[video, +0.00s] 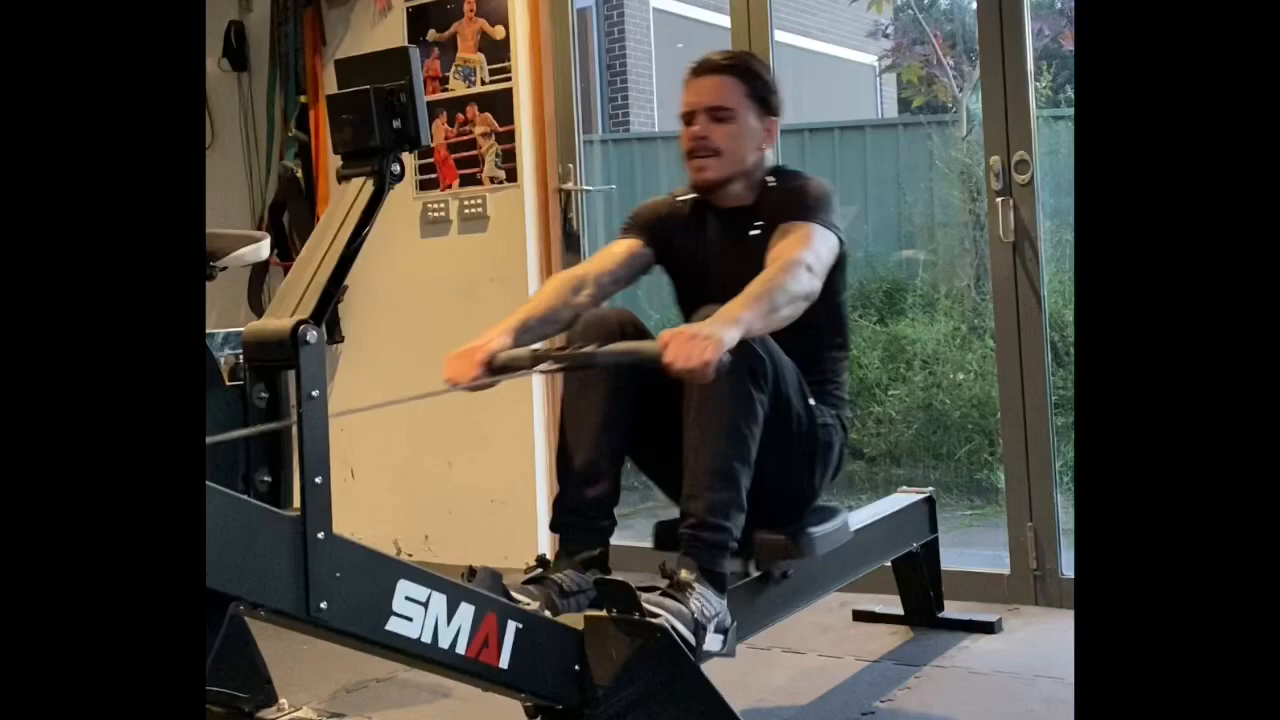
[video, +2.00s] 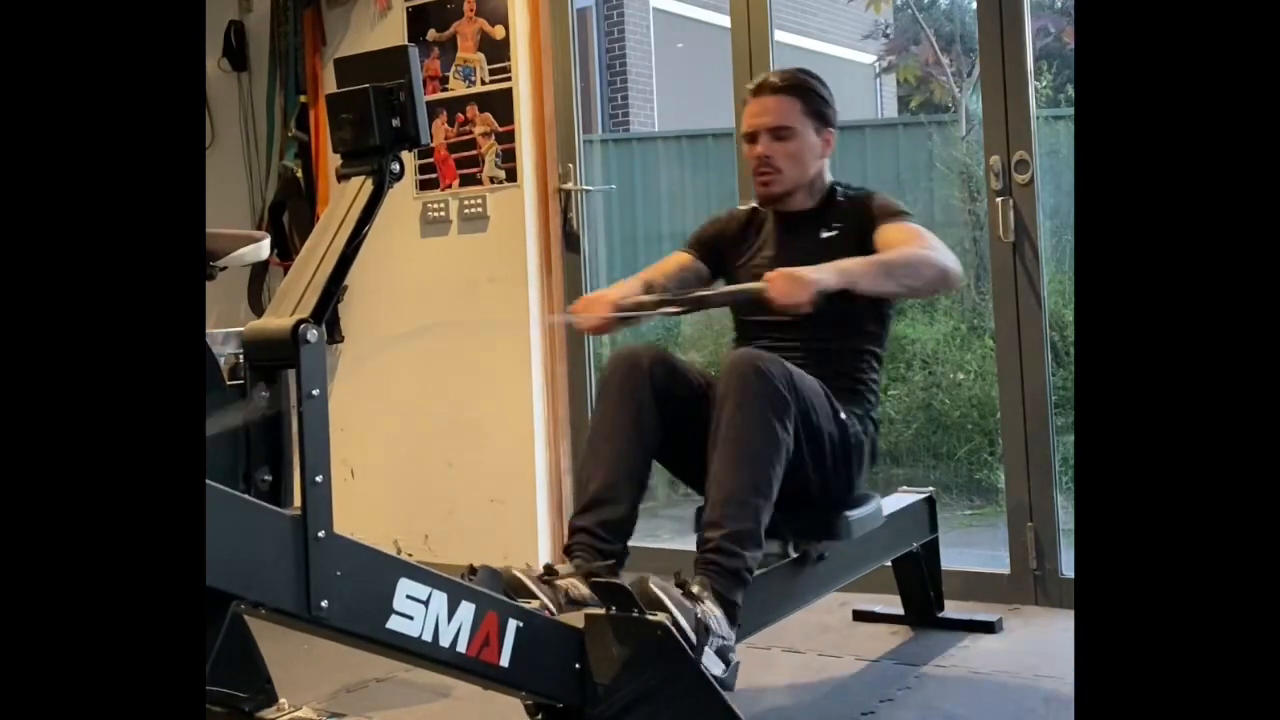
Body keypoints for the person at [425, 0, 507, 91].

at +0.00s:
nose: (471, 7)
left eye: (473, 4)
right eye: (468, 4)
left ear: (476, 7)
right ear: (463, 8)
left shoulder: (480, 22)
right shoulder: (458, 25)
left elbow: (493, 34)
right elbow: (445, 36)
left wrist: (498, 33)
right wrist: (435, 36)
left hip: (474, 61)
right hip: (460, 60)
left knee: (474, 90)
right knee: (458, 90)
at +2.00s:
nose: (471, 8)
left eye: (473, 5)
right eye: (468, 5)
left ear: (476, 8)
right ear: (463, 8)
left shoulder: (480, 22)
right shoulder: (457, 25)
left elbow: (493, 33)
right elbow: (445, 36)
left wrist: (498, 32)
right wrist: (435, 36)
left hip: (474, 60)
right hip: (460, 59)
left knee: (474, 88)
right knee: (458, 89)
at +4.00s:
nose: (471, 7)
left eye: (473, 4)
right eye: (468, 4)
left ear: (476, 7)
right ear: (463, 8)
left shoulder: (480, 22)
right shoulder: (457, 25)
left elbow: (493, 34)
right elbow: (445, 36)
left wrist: (498, 32)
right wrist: (435, 36)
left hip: (474, 60)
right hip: (460, 59)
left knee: (474, 89)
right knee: (458, 89)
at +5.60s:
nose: (471, 9)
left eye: (473, 7)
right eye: (468, 7)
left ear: (475, 8)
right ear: (463, 8)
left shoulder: (480, 22)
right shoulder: (458, 25)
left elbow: (493, 33)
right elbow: (445, 36)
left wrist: (498, 32)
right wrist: (435, 36)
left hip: (474, 60)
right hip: (460, 60)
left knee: (474, 89)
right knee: (459, 89)